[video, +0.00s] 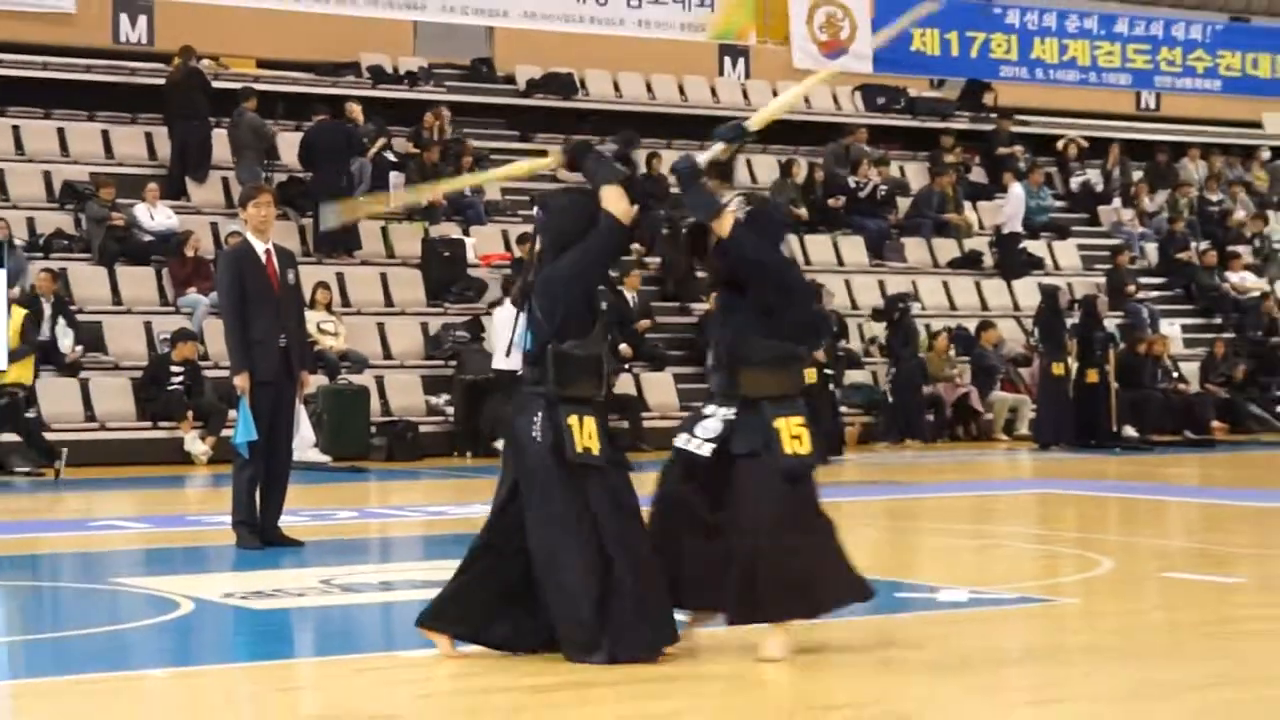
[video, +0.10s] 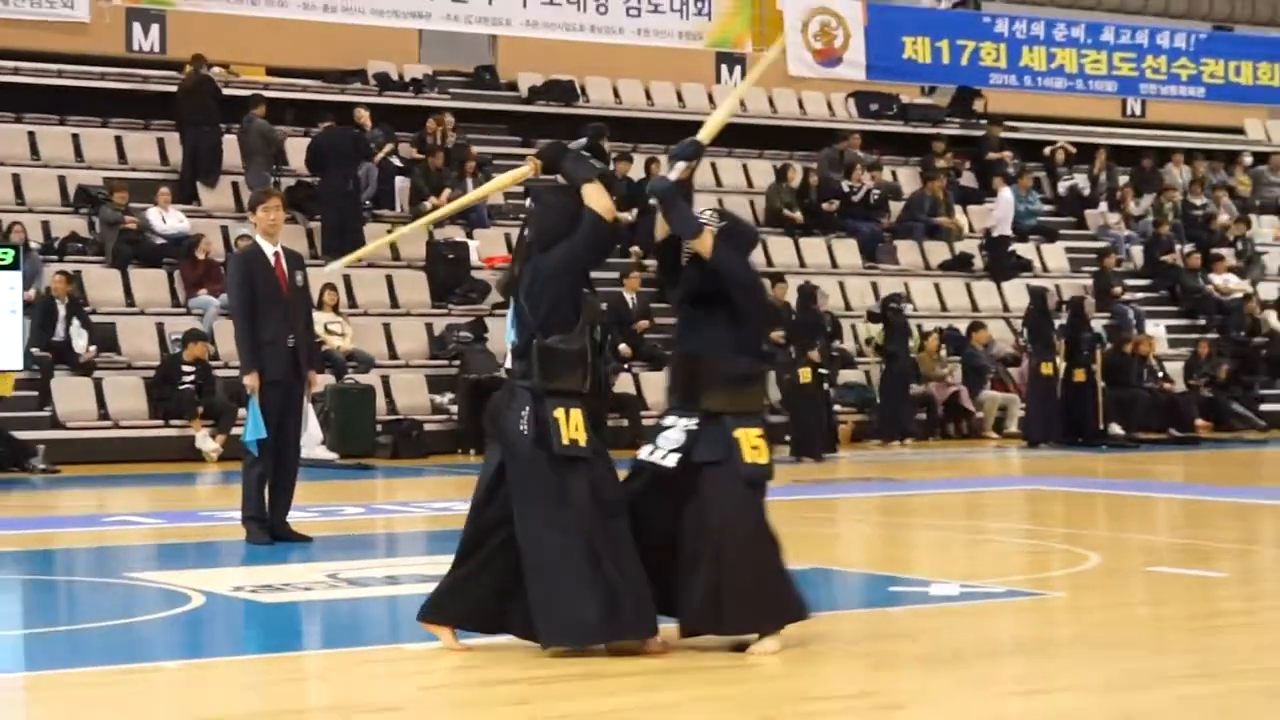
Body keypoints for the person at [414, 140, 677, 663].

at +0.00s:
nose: (605, 240)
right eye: (598, 230)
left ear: (550, 231)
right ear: (581, 232)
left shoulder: (556, 278)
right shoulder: (563, 278)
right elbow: (616, 215)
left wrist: (605, 169)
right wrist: (594, 162)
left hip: (545, 411)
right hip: (560, 415)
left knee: (520, 525)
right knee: (603, 520)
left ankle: (448, 613)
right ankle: (632, 631)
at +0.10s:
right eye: (584, 220)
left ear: (540, 220)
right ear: (569, 226)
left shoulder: (544, 269)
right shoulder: (550, 270)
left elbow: (616, 216)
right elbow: (601, 215)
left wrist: (585, 166)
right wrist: (564, 159)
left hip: (533, 403)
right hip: (548, 407)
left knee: (504, 514)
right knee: (598, 510)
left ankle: (445, 606)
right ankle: (628, 625)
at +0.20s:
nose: (582, 233)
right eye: (577, 222)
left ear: (534, 220)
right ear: (564, 225)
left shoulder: (530, 265)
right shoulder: (547, 267)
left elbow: (606, 225)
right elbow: (598, 216)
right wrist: (572, 158)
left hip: (529, 401)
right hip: (548, 404)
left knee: (505, 510)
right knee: (583, 508)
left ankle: (450, 604)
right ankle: (607, 623)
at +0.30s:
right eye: (584, 224)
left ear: (536, 227)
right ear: (572, 228)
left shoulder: (529, 272)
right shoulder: (558, 269)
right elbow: (604, 213)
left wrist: (624, 166)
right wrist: (581, 159)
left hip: (525, 401)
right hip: (549, 404)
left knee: (508, 507)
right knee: (573, 510)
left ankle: (455, 599)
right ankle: (584, 621)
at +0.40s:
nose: (599, 240)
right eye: (592, 229)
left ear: (546, 231)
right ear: (579, 233)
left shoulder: (530, 277)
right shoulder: (569, 271)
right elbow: (607, 217)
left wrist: (594, 180)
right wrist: (584, 167)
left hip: (531, 398)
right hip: (566, 400)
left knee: (511, 494)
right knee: (591, 503)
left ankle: (456, 588)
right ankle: (586, 616)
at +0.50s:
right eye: (613, 230)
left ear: (563, 236)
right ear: (603, 238)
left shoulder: (537, 273)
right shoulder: (605, 273)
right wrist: (613, 212)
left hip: (539, 396)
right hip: (588, 398)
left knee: (527, 492)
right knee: (612, 496)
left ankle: (466, 582)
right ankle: (606, 604)